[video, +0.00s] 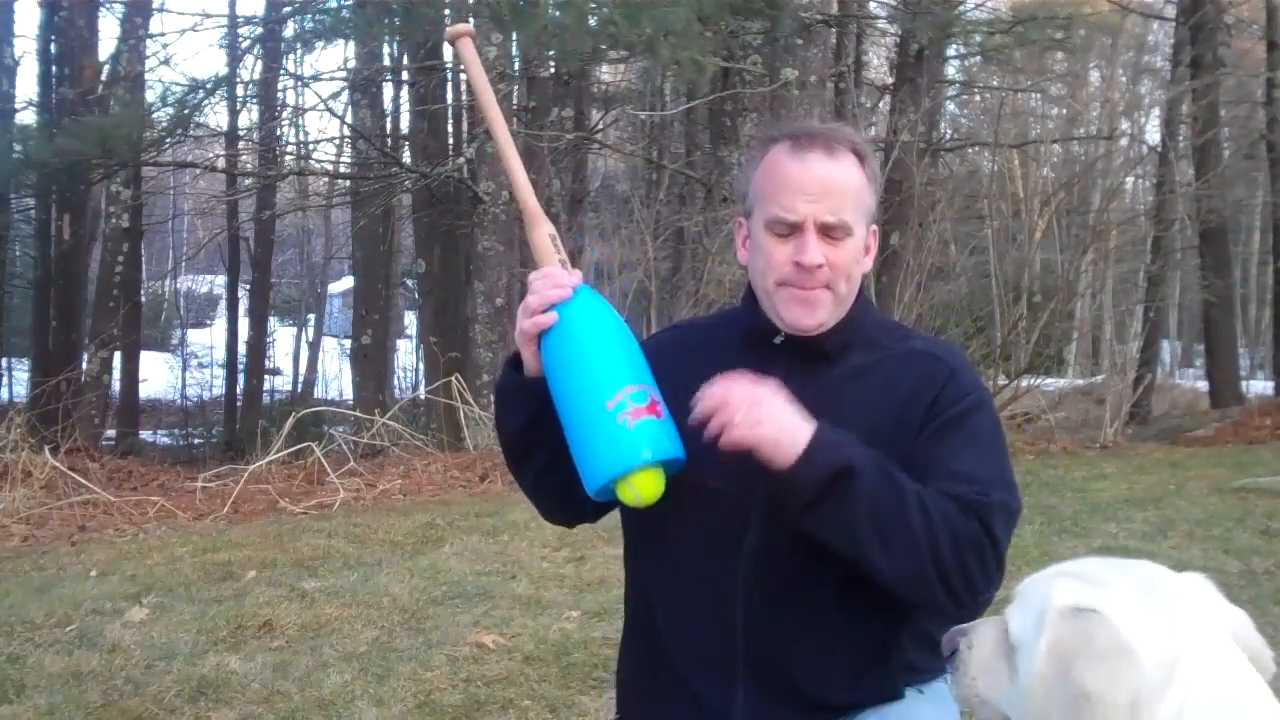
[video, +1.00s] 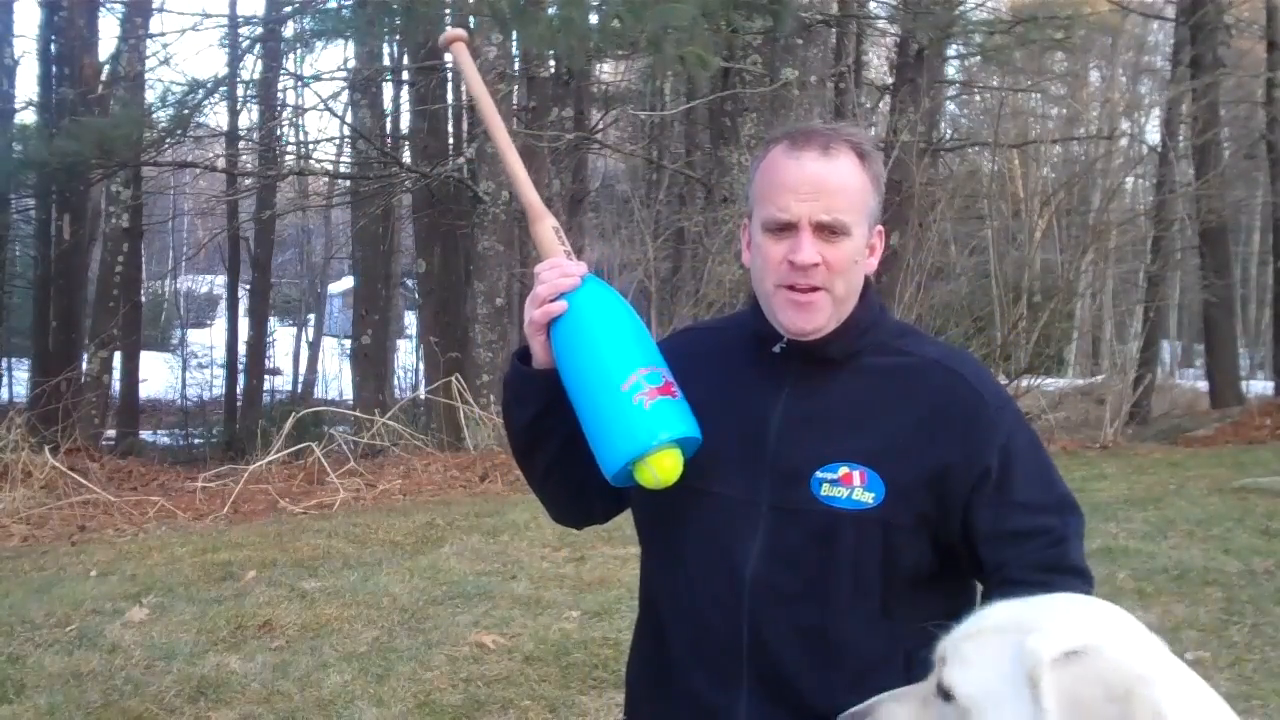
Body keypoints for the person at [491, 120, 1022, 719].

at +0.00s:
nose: (807, 255)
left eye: (833, 232)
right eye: (783, 229)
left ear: (869, 249)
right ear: (744, 240)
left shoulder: (934, 383)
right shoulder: (669, 360)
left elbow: (965, 570)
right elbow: (569, 497)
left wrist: (808, 450)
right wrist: (532, 370)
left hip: (875, 699)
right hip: (680, 697)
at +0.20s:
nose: (816, 259)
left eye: (844, 237)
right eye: (793, 231)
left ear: (878, 254)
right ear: (752, 239)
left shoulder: (936, 377)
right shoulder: (674, 360)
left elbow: (977, 559)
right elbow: (576, 496)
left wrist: (850, 393)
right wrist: (536, 372)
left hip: (883, 702)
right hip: (686, 700)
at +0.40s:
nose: (820, 256)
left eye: (847, 232)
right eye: (798, 228)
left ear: (883, 248)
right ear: (757, 239)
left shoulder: (946, 387)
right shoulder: (678, 359)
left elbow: (998, 566)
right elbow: (575, 491)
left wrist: (844, 467)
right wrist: (544, 363)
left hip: (880, 707)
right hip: (682, 702)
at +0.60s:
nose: (814, 256)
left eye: (841, 232)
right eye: (792, 229)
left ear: (880, 251)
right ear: (753, 241)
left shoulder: (947, 397)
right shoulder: (675, 366)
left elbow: (1022, 580)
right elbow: (575, 489)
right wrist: (543, 360)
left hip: (851, 708)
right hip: (675, 704)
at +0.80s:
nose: (806, 258)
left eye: (833, 234)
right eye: (783, 230)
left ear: (875, 250)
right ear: (748, 241)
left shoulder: (950, 400)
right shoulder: (677, 369)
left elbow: (1046, 585)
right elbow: (576, 490)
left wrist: (956, 710)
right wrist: (543, 363)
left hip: (866, 714)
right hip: (677, 707)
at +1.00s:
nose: (803, 256)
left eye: (831, 231)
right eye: (780, 229)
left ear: (873, 249)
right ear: (747, 242)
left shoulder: (953, 402)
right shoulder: (679, 370)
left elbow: (1047, 586)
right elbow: (579, 497)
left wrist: (980, 708)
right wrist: (542, 368)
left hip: (868, 713)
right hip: (678, 707)